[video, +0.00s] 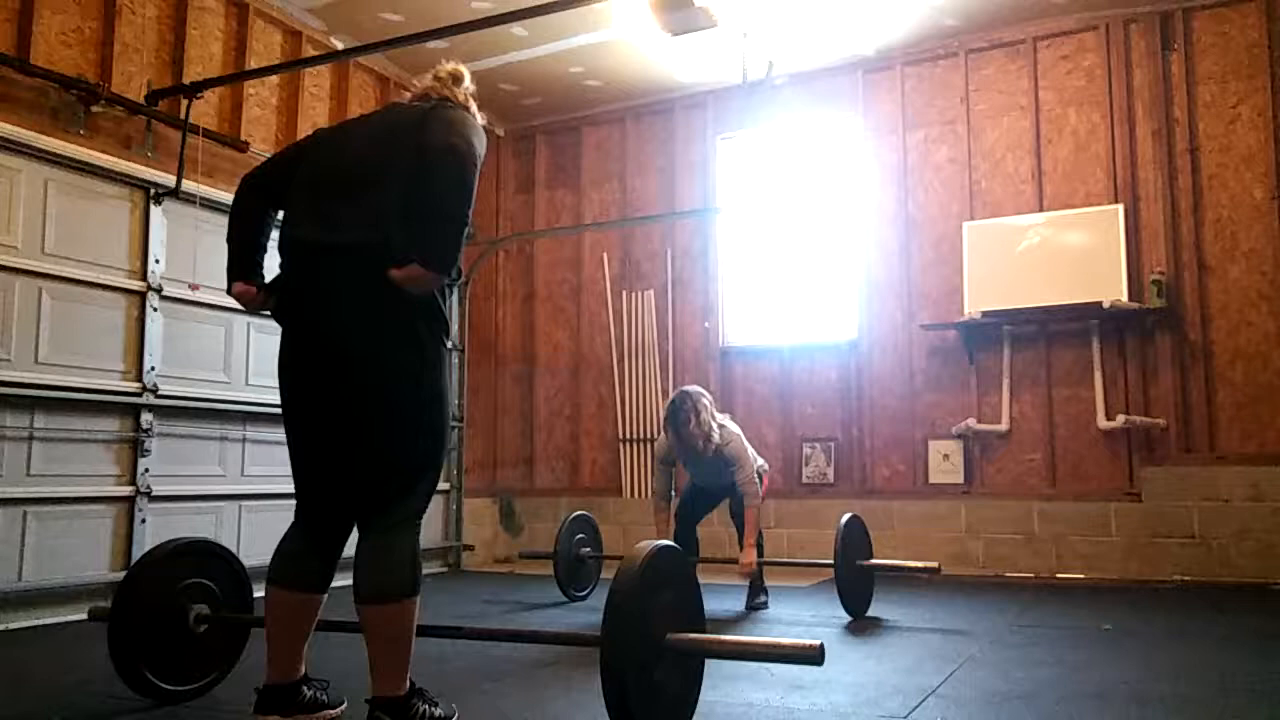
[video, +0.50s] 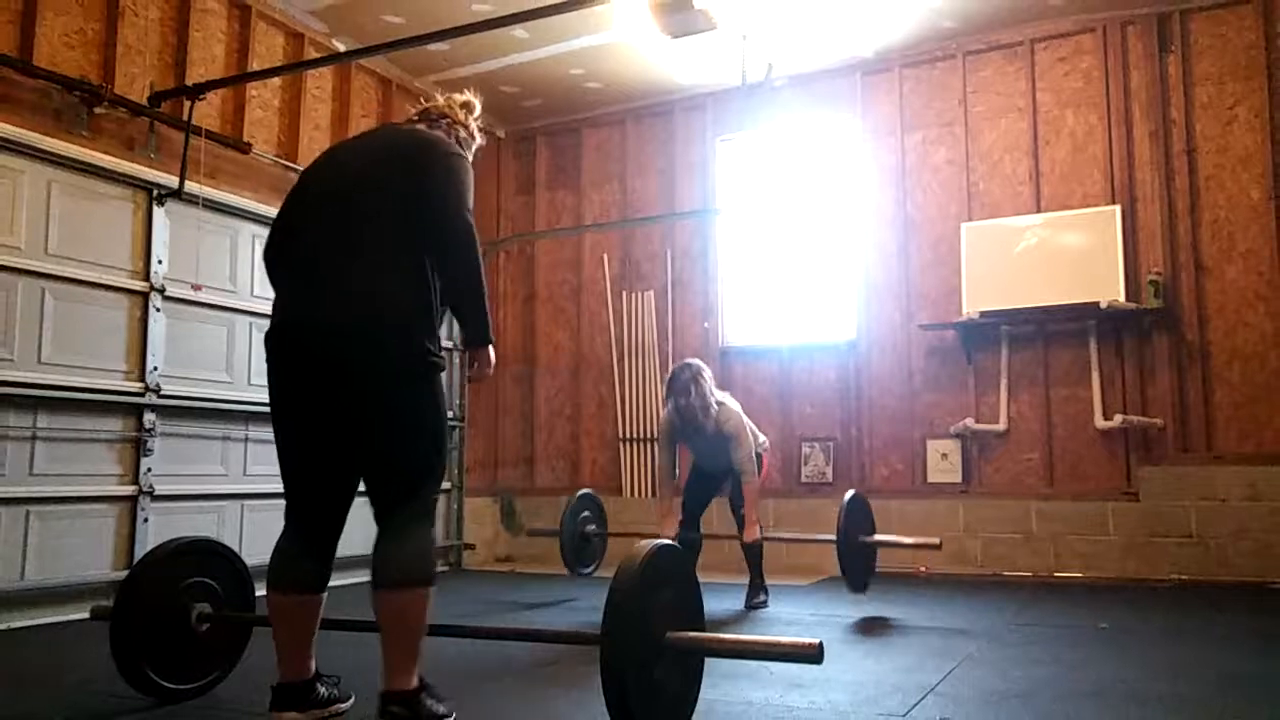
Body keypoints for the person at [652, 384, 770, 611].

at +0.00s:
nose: (696, 435)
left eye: (700, 428)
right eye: (688, 430)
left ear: (708, 421)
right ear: (676, 428)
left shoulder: (729, 437)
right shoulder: (666, 445)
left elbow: (750, 493)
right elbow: (661, 496)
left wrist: (749, 547)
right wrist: (663, 545)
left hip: (742, 479)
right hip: (706, 484)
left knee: (741, 516)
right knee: (683, 518)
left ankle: (756, 587)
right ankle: (685, 585)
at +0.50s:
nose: (685, 405)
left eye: (691, 399)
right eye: (679, 400)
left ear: (704, 394)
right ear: (673, 398)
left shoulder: (728, 414)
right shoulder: (670, 419)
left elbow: (748, 469)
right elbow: (665, 469)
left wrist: (752, 522)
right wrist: (667, 516)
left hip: (743, 459)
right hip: (707, 464)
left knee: (741, 510)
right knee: (689, 515)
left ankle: (757, 585)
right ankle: (683, 583)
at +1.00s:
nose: (692, 346)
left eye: (698, 339)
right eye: (686, 340)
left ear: (711, 338)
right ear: (679, 342)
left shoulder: (731, 366)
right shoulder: (675, 372)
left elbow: (763, 407)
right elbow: (666, 412)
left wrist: (755, 453)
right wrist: (668, 454)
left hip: (743, 441)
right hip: (707, 443)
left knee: (748, 506)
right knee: (694, 511)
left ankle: (758, 583)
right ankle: (685, 581)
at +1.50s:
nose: (691, 341)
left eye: (698, 333)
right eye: (685, 335)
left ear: (713, 332)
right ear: (678, 337)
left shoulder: (732, 360)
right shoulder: (673, 364)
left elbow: (775, 388)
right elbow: (657, 389)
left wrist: (758, 425)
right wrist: (664, 424)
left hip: (742, 442)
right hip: (703, 443)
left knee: (747, 506)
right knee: (691, 512)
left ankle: (758, 582)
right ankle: (684, 581)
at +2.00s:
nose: (706, 418)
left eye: (711, 410)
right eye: (700, 411)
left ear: (719, 407)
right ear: (687, 409)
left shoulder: (735, 434)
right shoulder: (673, 437)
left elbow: (751, 484)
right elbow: (662, 487)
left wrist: (748, 539)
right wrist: (661, 535)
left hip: (734, 486)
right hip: (700, 487)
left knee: (741, 521)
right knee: (679, 518)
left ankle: (757, 585)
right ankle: (684, 584)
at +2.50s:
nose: (769, 400)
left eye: (773, 396)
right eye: (770, 394)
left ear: (766, 391)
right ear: (759, 383)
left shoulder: (750, 402)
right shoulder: (717, 387)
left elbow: (742, 443)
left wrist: (743, 482)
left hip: (699, 437)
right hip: (672, 435)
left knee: (723, 493)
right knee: (684, 499)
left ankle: (699, 551)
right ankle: (656, 567)